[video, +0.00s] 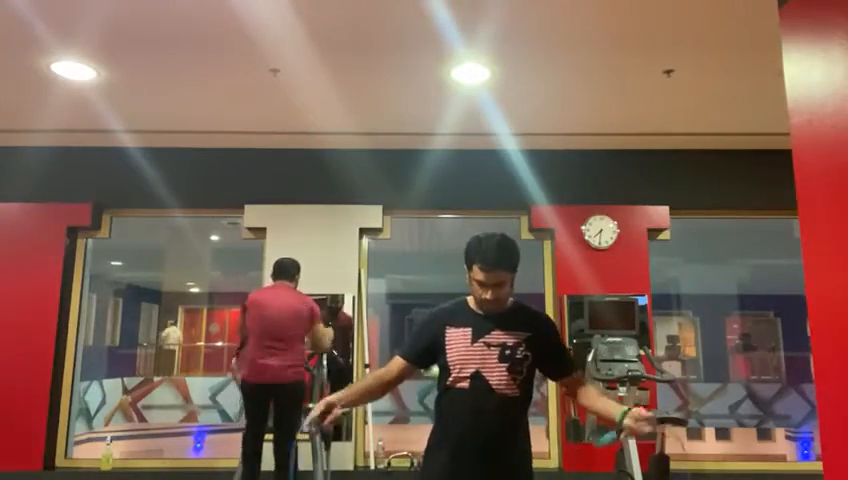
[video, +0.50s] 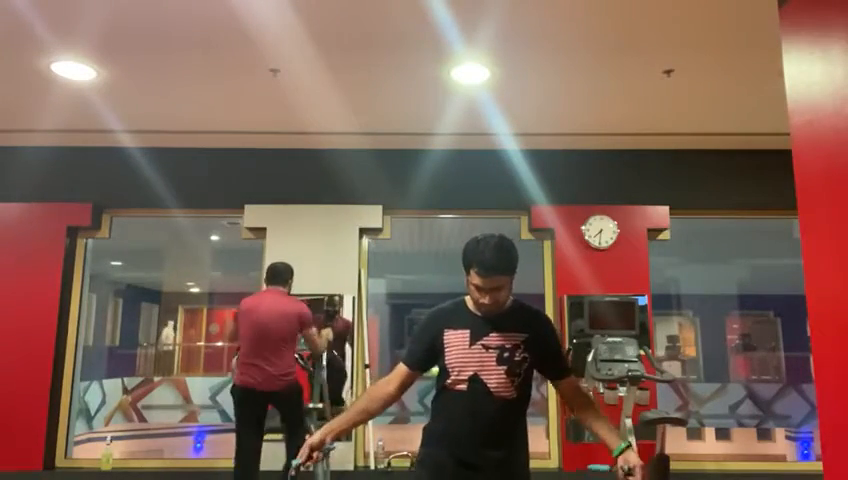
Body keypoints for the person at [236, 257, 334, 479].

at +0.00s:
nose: (297, 280)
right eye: (297, 277)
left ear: (272, 276)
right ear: (296, 278)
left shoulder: (253, 298)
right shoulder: (307, 304)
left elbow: (244, 336)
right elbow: (320, 343)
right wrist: (329, 333)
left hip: (254, 380)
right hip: (291, 382)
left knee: (253, 433)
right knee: (284, 440)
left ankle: (249, 475)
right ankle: (283, 476)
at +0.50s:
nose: (290, 285)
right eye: (291, 282)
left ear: (266, 281)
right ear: (289, 283)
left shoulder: (246, 304)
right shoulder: (298, 308)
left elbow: (231, 337)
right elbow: (317, 348)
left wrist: (255, 331)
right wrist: (325, 336)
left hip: (248, 387)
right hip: (284, 386)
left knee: (247, 445)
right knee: (295, 433)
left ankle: (245, 477)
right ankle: (294, 473)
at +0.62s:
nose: (292, 285)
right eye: (293, 281)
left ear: (267, 280)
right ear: (292, 282)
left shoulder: (247, 304)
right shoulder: (299, 307)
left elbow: (246, 343)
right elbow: (308, 350)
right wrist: (323, 348)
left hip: (249, 384)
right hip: (284, 384)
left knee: (247, 444)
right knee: (295, 427)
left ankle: (243, 477)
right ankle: (297, 472)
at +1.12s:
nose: (292, 281)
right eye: (293, 278)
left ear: (268, 277)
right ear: (293, 278)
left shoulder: (248, 300)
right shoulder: (304, 303)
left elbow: (228, 342)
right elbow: (321, 330)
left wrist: (236, 353)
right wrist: (331, 326)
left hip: (251, 381)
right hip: (286, 382)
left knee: (256, 426)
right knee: (282, 433)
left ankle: (256, 473)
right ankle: (277, 474)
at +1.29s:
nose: (292, 282)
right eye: (292, 279)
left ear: (267, 277)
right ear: (291, 278)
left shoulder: (246, 298)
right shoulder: (299, 302)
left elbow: (228, 337)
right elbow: (319, 337)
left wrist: (252, 331)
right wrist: (327, 328)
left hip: (249, 383)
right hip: (285, 382)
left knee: (251, 444)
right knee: (292, 439)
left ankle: (250, 477)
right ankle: (291, 475)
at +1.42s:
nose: (292, 287)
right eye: (292, 284)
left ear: (266, 282)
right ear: (290, 284)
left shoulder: (247, 304)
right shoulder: (297, 307)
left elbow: (235, 338)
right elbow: (315, 349)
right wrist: (324, 338)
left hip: (248, 386)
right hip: (285, 386)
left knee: (247, 444)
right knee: (296, 430)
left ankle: (244, 477)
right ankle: (295, 474)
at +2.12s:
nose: (292, 279)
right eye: (293, 276)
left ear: (267, 274)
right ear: (291, 276)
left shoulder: (244, 298)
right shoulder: (301, 301)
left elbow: (226, 335)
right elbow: (319, 332)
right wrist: (333, 325)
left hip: (249, 380)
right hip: (285, 379)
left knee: (254, 441)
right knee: (288, 439)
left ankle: (253, 476)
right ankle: (286, 475)